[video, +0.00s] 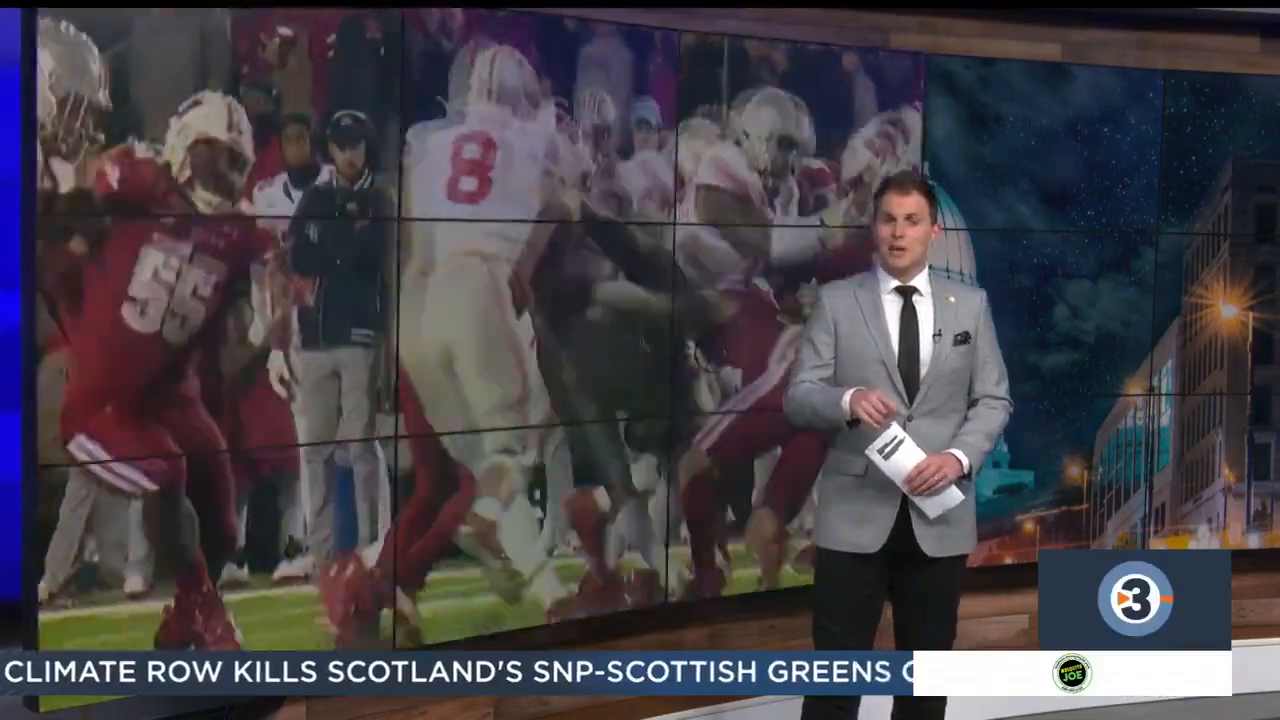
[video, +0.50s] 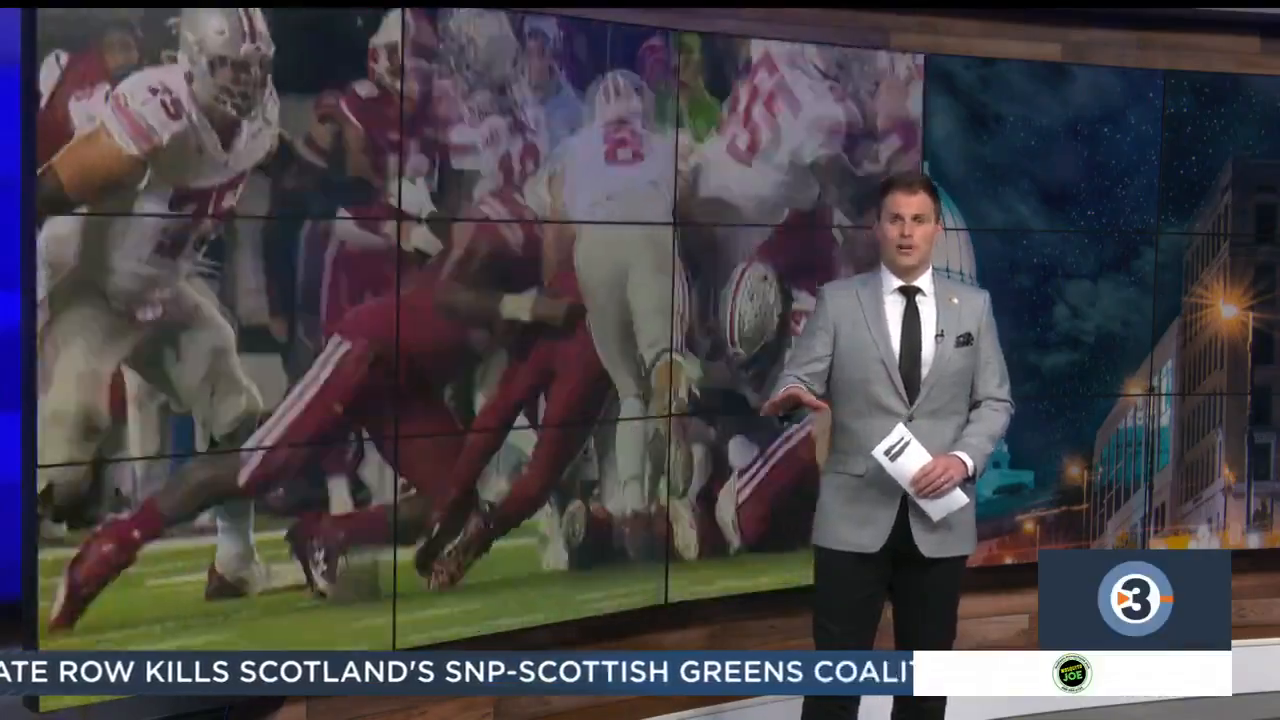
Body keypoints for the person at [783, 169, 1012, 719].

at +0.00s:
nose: (897, 232)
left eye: (911, 220)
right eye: (887, 220)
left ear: (934, 230)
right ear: (874, 229)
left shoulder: (970, 303)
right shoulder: (835, 301)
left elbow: (993, 401)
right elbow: (799, 397)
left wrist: (958, 456)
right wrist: (845, 400)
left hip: (938, 515)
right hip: (853, 512)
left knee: (927, 674)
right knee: (835, 672)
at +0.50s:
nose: (906, 233)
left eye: (919, 221)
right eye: (895, 220)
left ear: (937, 230)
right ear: (877, 228)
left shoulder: (972, 305)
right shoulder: (839, 301)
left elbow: (995, 402)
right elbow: (799, 378)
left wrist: (963, 457)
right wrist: (789, 398)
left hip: (938, 514)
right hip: (852, 512)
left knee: (928, 673)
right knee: (836, 671)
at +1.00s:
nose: (901, 233)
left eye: (914, 220)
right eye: (890, 221)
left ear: (935, 229)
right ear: (875, 230)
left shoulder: (972, 304)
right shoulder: (837, 300)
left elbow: (997, 401)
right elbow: (796, 381)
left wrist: (960, 457)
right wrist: (798, 400)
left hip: (937, 515)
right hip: (853, 513)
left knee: (928, 674)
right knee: (835, 671)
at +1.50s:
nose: (897, 231)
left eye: (911, 220)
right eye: (887, 220)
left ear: (932, 230)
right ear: (873, 229)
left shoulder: (970, 303)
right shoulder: (835, 301)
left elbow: (994, 401)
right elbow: (792, 407)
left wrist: (960, 457)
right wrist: (798, 394)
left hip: (937, 514)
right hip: (852, 512)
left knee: (929, 673)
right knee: (835, 671)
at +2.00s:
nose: (898, 232)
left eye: (910, 221)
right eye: (886, 220)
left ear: (931, 230)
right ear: (870, 230)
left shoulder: (970, 303)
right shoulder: (833, 302)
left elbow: (996, 400)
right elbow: (796, 393)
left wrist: (962, 456)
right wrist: (856, 427)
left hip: (937, 517)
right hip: (852, 515)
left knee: (928, 674)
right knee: (835, 672)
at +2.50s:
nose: (905, 236)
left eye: (916, 223)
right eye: (892, 223)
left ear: (932, 230)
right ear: (871, 231)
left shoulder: (971, 304)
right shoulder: (833, 304)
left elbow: (997, 402)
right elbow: (796, 394)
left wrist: (957, 465)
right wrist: (857, 429)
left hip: (939, 518)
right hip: (853, 515)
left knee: (929, 675)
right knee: (836, 673)